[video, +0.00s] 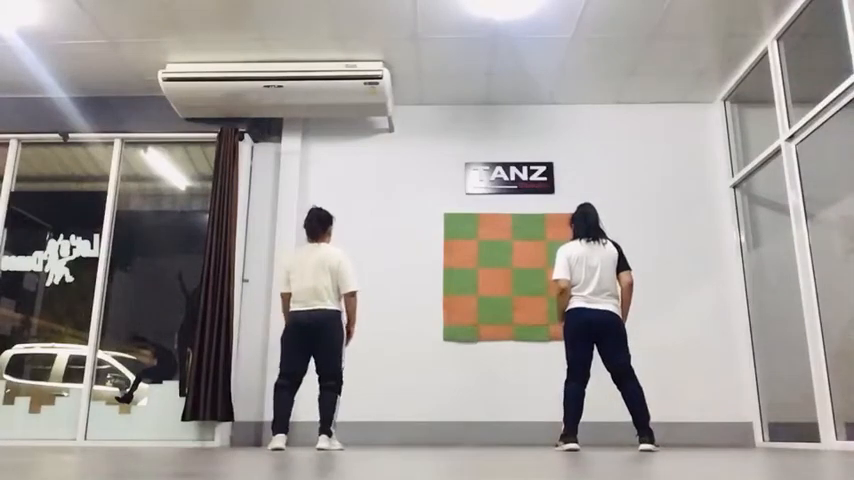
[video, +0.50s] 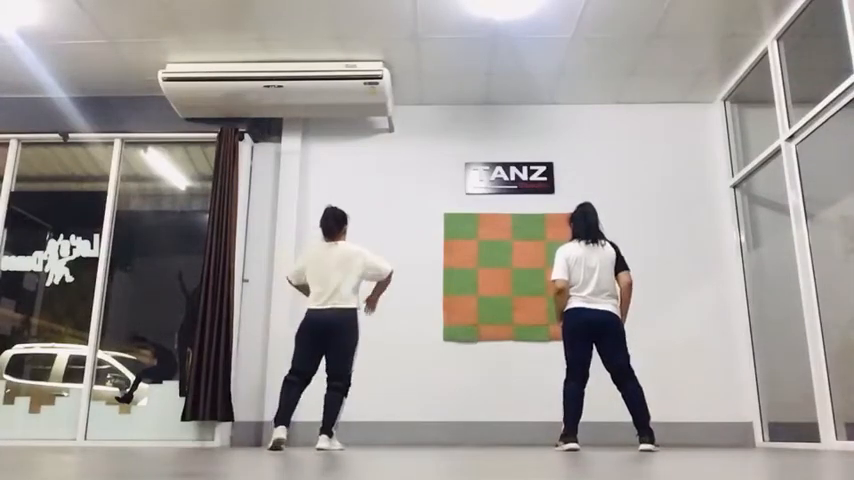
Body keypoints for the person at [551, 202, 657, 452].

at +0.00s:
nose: (570, 226)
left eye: (571, 223)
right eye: (572, 223)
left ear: (574, 224)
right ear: (597, 222)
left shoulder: (567, 249)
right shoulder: (613, 247)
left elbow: (564, 287)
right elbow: (627, 281)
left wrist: (562, 317)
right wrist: (622, 316)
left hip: (578, 318)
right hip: (610, 319)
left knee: (576, 377)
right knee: (624, 375)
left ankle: (569, 435)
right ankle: (645, 434)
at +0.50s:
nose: (569, 226)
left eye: (571, 222)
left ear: (573, 224)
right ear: (596, 222)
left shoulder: (566, 250)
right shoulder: (611, 248)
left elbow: (561, 287)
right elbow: (626, 282)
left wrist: (560, 316)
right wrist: (622, 317)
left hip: (576, 318)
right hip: (609, 318)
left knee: (575, 376)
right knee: (624, 376)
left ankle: (569, 435)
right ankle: (645, 434)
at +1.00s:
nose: (572, 236)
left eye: (573, 232)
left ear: (576, 233)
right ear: (599, 230)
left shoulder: (572, 253)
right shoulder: (617, 251)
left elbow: (566, 292)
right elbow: (624, 284)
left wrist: (579, 307)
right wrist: (611, 303)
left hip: (587, 322)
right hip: (619, 321)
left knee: (589, 378)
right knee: (618, 379)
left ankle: (593, 434)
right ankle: (619, 437)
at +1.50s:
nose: (569, 222)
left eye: (571, 219)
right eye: (571, 218)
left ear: (575, 221)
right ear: (597, 220)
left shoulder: (567, 246)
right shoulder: (611, 245)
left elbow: (553, 283)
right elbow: (632, 277)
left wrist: (524, 290)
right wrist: (645, 288)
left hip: (582, 316)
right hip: (613, 316)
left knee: (588, 375)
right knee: (614, 374)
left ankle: (591, 437)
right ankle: (617, 431)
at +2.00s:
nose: (575, 225)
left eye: (573, 221)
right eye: (592, 222)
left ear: (573, 225)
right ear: (597, 224)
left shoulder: (565, 252)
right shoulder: (608, 247)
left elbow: (552, 289)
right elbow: (633, 273)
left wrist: (520, 297)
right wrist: (672, 279)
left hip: (577, 315)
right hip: (609, 315)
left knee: (587, 375)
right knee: (612, 374)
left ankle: (591, 437)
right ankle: (615, 437)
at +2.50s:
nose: (618, 234)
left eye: (616, 230)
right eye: (616, 231)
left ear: (590, 235)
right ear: (612, 234)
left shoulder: (580, 259)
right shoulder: (615, 251)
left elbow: (565, 295)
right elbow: (633, 271)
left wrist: (547, 307)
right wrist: (674, 272)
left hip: (578, 321)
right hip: (605, 321)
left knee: (605, 376)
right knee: (615, 377)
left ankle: (616, 430)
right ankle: (606, 436)